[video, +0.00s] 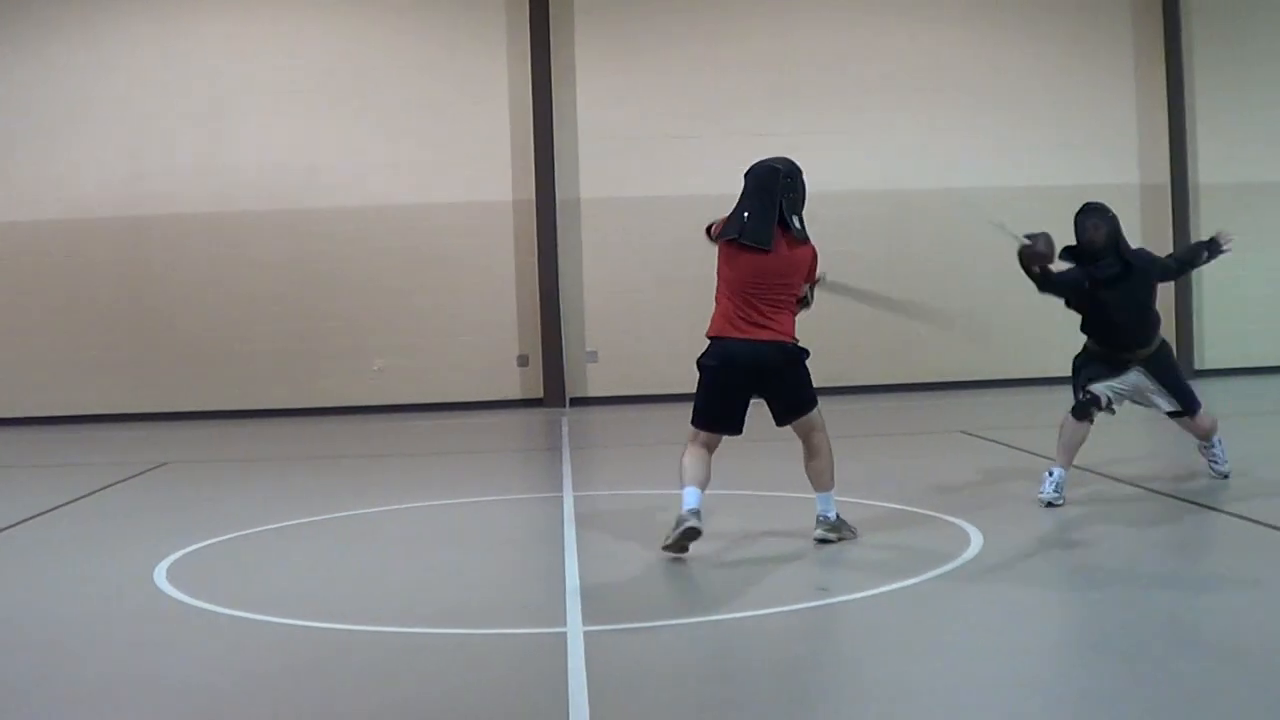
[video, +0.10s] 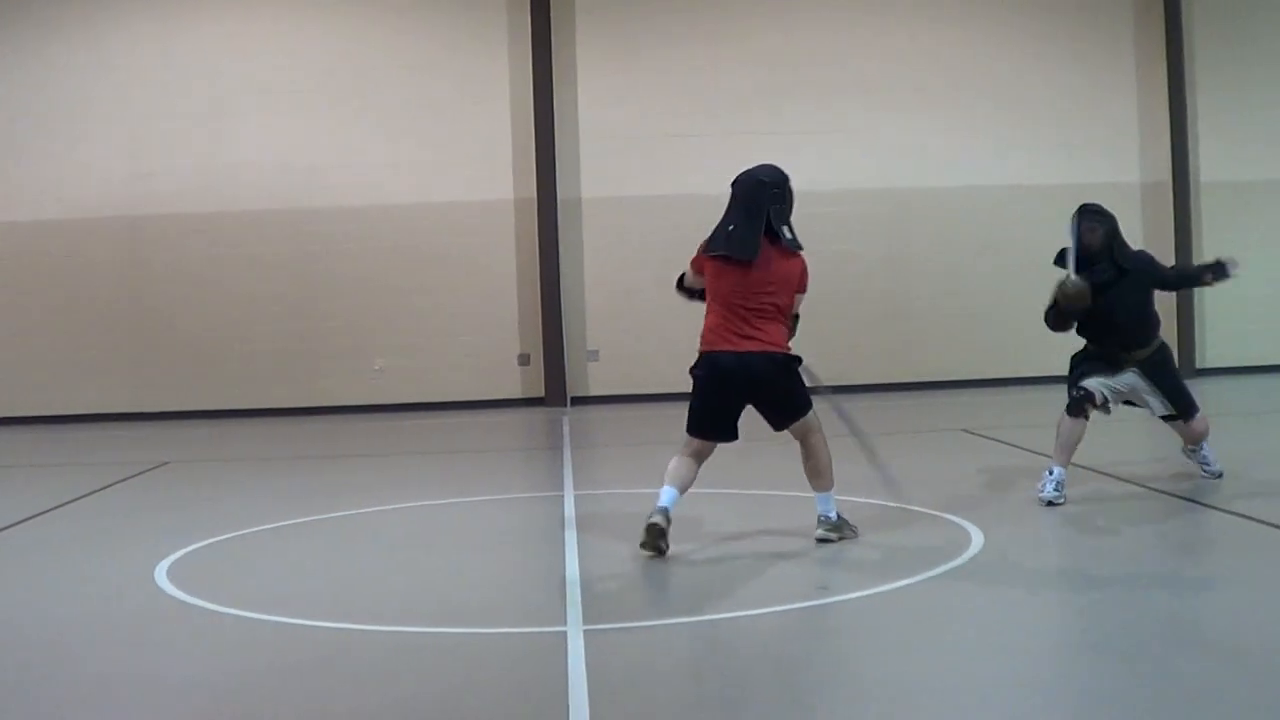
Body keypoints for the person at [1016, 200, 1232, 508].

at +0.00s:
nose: (1090, 235)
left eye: (1096, 227)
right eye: (1084, 229)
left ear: (1112, 229)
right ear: (1077, 236)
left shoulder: (1141, 264)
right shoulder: (1079, 277)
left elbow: (1176, 265)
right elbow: (1046, 283)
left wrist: (1208, 248)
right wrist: (1032, 263)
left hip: (1150, 356)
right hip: (1101, 359)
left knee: (1200, 425)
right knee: (1085, 406)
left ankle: (1211, 445)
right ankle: (1057, 476)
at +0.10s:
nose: (1090, 235)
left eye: (1096, 228)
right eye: (1084, 229)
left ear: (1110, 231)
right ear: (1076, 234)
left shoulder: (1136, 263)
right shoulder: (1075, 274)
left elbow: (1171, 279)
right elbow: (1055, 324)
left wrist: (1209, 273)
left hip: (1148, 356)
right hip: (1099, 357)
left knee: (1195, 428)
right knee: (1079, 401)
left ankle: (1196, 450)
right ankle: (1056, 475)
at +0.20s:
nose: (1097, 224)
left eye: (1104, 217)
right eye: (1091, 220)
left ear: (1120, 222)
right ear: (1084, 230)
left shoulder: (1149, 257)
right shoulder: (1086, 277)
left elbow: (1185, 281)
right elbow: (1070, 333)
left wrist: (1230, 288)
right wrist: (1072, 329)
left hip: (1154, 353)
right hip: (1105, 357)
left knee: (1195, 425)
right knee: (1084, 409)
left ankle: (1189, 454)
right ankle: (1055, 474)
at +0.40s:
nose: (1108, 212)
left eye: (1115, 205)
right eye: (1103, 206)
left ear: (1131, 209)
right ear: (1097, 212)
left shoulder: (1162, 243)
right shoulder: (1099, 261)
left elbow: (1204, 264)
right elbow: (1081, 309)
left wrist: (1237, 259)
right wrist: (1048, 306)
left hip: (1164, 339)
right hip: (1116, 340)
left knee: (1193, 416)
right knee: (1091, 394)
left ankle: (1174, 458)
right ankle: (1071, 464)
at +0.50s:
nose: (1111, 209)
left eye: (1118, 202)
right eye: (1106, 203)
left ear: (1135, 204)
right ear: (1101, 208)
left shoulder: (1167, 240)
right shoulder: (1102, 254)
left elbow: (1208, 265)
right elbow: (1075, 300)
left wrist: (1228, 250)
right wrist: (1036, 288)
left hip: (1165, 334)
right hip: (1118, 334)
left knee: (1188, 412)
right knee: (1093, 392)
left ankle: (1171, 457)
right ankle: (1093, 461)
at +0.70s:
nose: (1118, 201)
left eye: (1125, 194)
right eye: (1114, 195)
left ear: (1143, 197)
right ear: (1110, 203)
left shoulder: (1177, 236)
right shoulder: (1112, 248)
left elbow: (1216, 262)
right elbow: (1079, 290)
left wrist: (1233, 246)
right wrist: (1036, 274)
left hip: (1174, 331)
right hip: (1126, 331)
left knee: (1195, 408)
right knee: (1099, 380)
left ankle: (1178, 457)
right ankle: (1092, 454)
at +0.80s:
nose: (1114, 200)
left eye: (1122, 193)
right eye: (1111, 194)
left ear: (1140, 197)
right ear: (1106, 201)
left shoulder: (1174, 235)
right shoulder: (1107, 248)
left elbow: (1212, 263)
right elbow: (1076, 290)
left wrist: (1230, 246)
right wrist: (1033, 274)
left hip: (1172, 330)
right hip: (1124, 331)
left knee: (1194, 403)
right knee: (1096, 389)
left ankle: (1179, 458)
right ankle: (1072, 461)